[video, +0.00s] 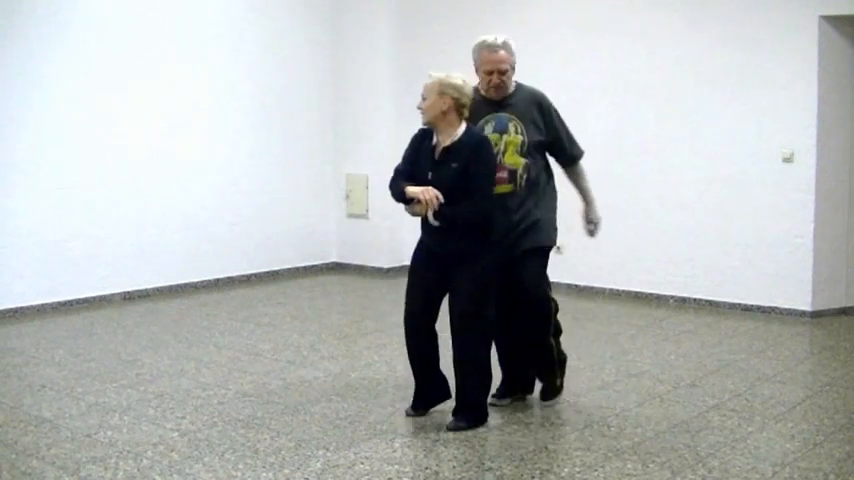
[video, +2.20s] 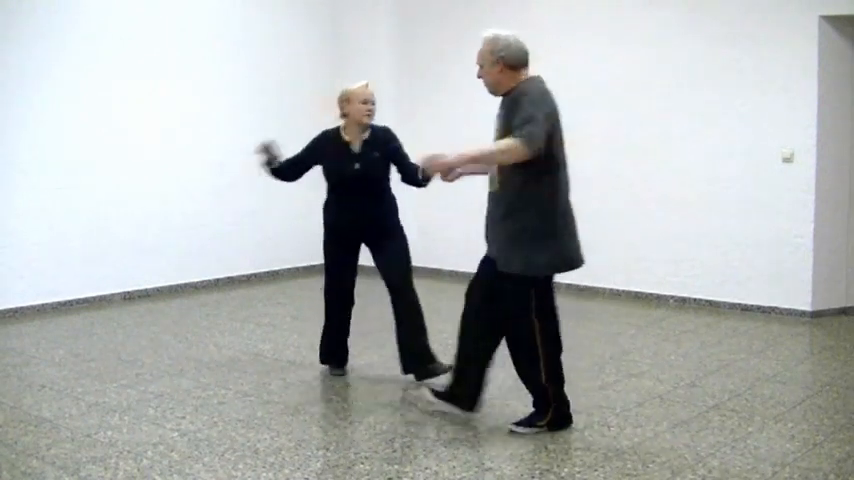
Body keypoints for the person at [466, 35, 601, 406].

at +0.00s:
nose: (498, 79)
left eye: (504, 71)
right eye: (490, 72)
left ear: (514, 68)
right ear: (476, 71)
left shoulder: (534, 103)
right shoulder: (466, 107)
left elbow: (568, 156)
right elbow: (448, 162)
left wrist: (589, 202)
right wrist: (445, 204)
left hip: (531, 221)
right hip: (486, 224)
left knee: (530, 295)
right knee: (498, 304)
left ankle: (551, 367)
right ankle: (514, 379)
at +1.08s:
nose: (507, 76)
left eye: (513, 69)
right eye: (506, 69)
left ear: (541, 66)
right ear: (528, 67)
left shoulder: (575, 99)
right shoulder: (526, 103)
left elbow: (613, 157)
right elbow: (500, 139)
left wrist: (575, 185)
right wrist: (453, 153)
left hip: (572, 242)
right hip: (528, 236)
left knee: (561, 326)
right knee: (512, 315)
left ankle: (551, 403)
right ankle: (519, 389)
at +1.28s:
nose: (511, 79)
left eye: (516, 72)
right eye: (510, 72)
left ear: (544, 68)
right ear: (534, 69)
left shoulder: (581, 101)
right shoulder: (531, 102)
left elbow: (631, 159)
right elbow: (513, 142)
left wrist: (622, 206)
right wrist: (477, 164)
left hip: (580, 242)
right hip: (540, 238)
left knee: (566, 322)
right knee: (535, 312)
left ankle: (555, 402)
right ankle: (555, 388)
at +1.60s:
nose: (519, 78)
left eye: (525, 72)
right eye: (518, 71)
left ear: (554, 69)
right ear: (545, 69)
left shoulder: (595, 101)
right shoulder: (525, 110)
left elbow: (650, 148)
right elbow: (480, 145)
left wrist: (680, 200)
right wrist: (426, 160)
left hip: (590, 230)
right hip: (551, 232)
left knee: (552, 304)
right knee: (557, 308)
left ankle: (558, 400)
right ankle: (566, 392)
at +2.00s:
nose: (500, 76)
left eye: (505, 68)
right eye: (499, 68)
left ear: (533, 67)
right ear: (526, 67)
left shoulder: (572, 100)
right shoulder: (516, 106)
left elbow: (627, 136)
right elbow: (481, 141)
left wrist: (645, 176)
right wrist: (433, 153)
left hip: (575, 245)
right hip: (532, 242)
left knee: (559, 326)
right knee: (515, 308)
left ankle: (556, 412)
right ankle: (547, 391)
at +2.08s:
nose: (492, 72)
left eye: (497, 65)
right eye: (492, 65)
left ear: (523, 66)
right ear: (519, 66)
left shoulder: (555, 96)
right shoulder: (517, 103)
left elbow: (593, 134)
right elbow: (491, 148)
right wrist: (443, 159)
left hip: (560, 247)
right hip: (523, 243)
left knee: (553, 327)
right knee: (498, 301)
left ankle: (555, 411)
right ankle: (522, 388)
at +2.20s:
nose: (479, 74)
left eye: (482, 67)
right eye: (479, 67)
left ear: (504, 66)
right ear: (507, 66)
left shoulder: (531, 97)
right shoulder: (515, 101)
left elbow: (526, 148)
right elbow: (510, 162)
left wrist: (457, 160)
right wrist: (463, 169)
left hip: (530, 242)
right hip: (510, 239)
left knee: (533, 325)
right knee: (481, 308)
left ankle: (552, 410)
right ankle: (463, 392)